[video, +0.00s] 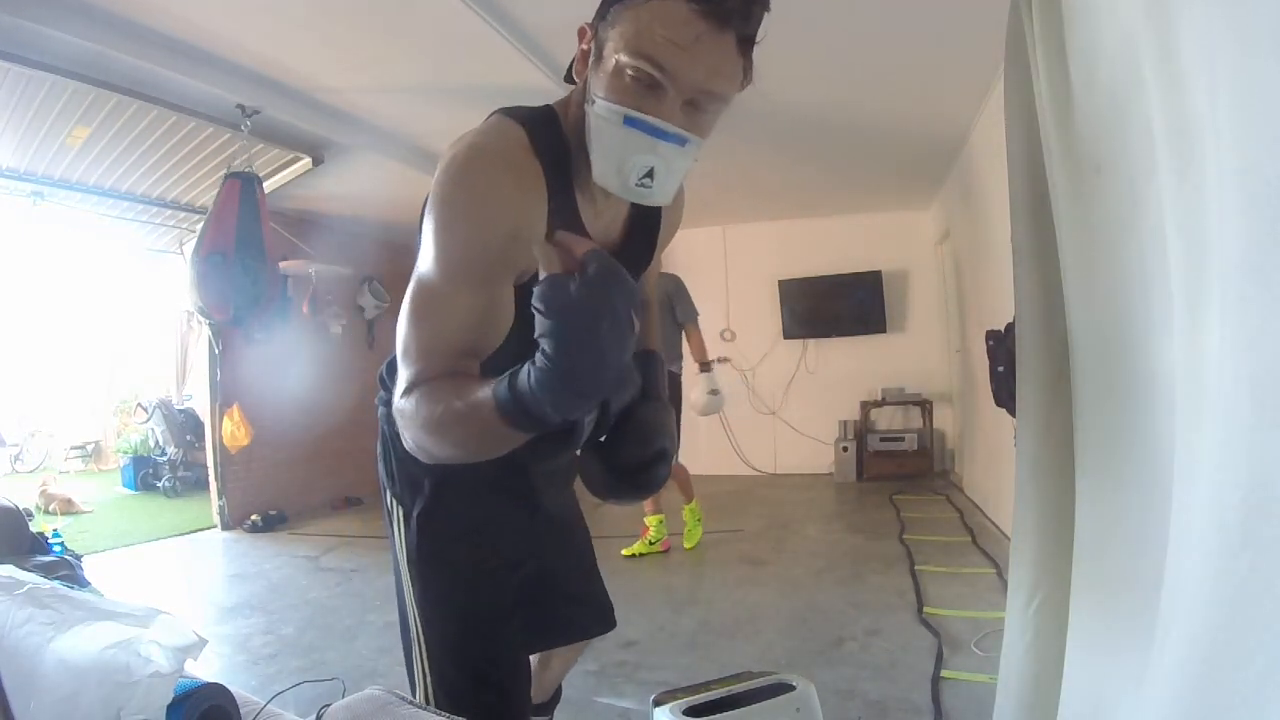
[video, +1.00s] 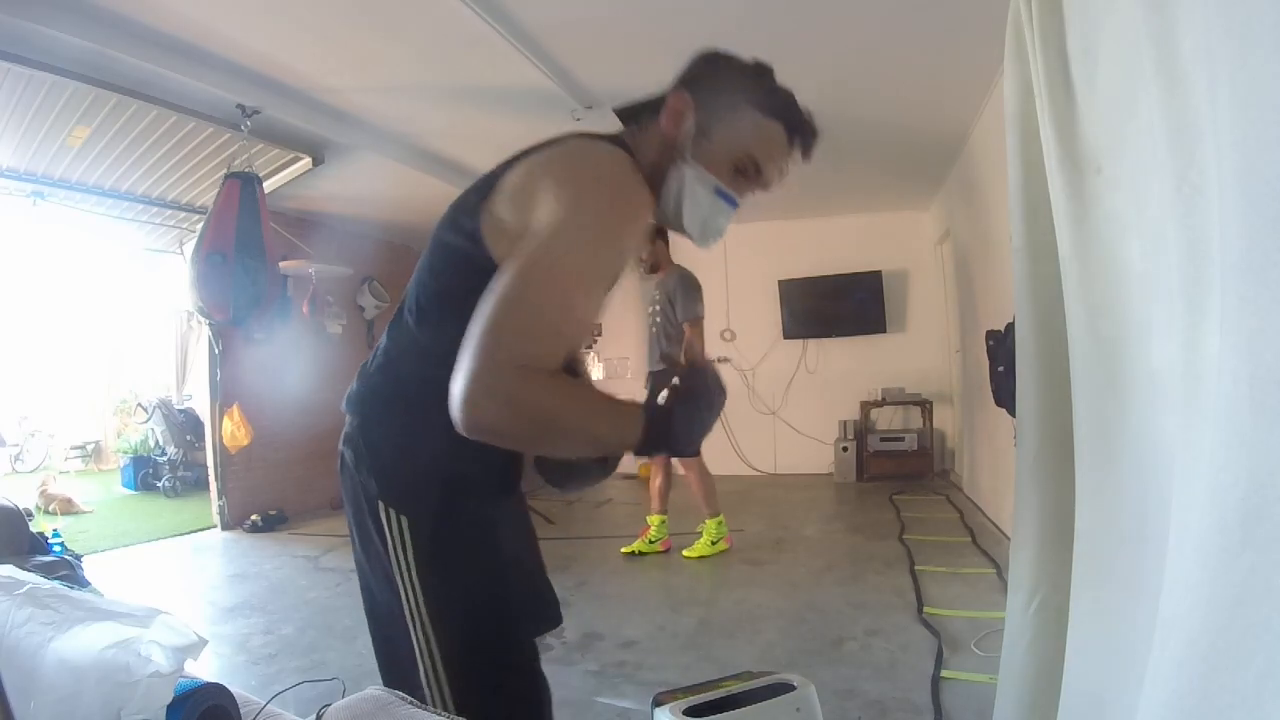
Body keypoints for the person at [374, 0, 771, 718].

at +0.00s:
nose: (666, 124)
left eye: (702, 102)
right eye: (643, 78)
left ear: (732, 99)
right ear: (585, 55)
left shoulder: (661, 195)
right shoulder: (492, 166)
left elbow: (635, 317)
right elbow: (424, 421)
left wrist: (640, 413)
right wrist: (548, 390)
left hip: (546, 444)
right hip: (449, 451)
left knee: (567, 623)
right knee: (482, 691)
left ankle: (532, 709)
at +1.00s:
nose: (741, 199)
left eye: (756, 187)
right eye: (742, 169)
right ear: (679, 117)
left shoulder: (612, 187)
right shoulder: (600, 186)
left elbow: (548, 351)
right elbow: (488, 397)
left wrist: (579, 441)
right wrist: (656, 425)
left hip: (467, 457)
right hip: (420, 461)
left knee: (509, 677)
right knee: (485, 703)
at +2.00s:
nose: (627, 106)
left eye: (672, 86)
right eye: (606, 58)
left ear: (707, 94)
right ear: (555, 41)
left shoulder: (654, 197)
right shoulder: (458, 168)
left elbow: (636, 303)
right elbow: (378, 427)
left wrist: (635, 386)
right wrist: (558, 469)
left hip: (533, 452)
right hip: (430, 462)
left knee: (531, 665)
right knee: (470, 700)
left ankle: (517, 712)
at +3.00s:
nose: (672, 105)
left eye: (707, 78)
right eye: (646, 58)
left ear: (728, 73)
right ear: (560, 28)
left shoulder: (669, 187)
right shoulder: (442, 165)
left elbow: (659, 300)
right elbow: (367, 405)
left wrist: (660, 407)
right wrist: (435, 437)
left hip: (545, 458)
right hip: (434, 471)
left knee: (527, 683)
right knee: (468, 704)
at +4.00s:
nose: (633, 74)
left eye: (679, 54)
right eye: (610, 26)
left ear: (711, 73)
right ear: (556, 20)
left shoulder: (664, 187)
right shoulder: (446, 152)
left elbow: (653, 309)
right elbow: (362, 431)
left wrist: (651, 418)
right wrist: (584, 512)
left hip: (535, 467)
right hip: (421, 469)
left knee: (521, 684)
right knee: (462, 704)